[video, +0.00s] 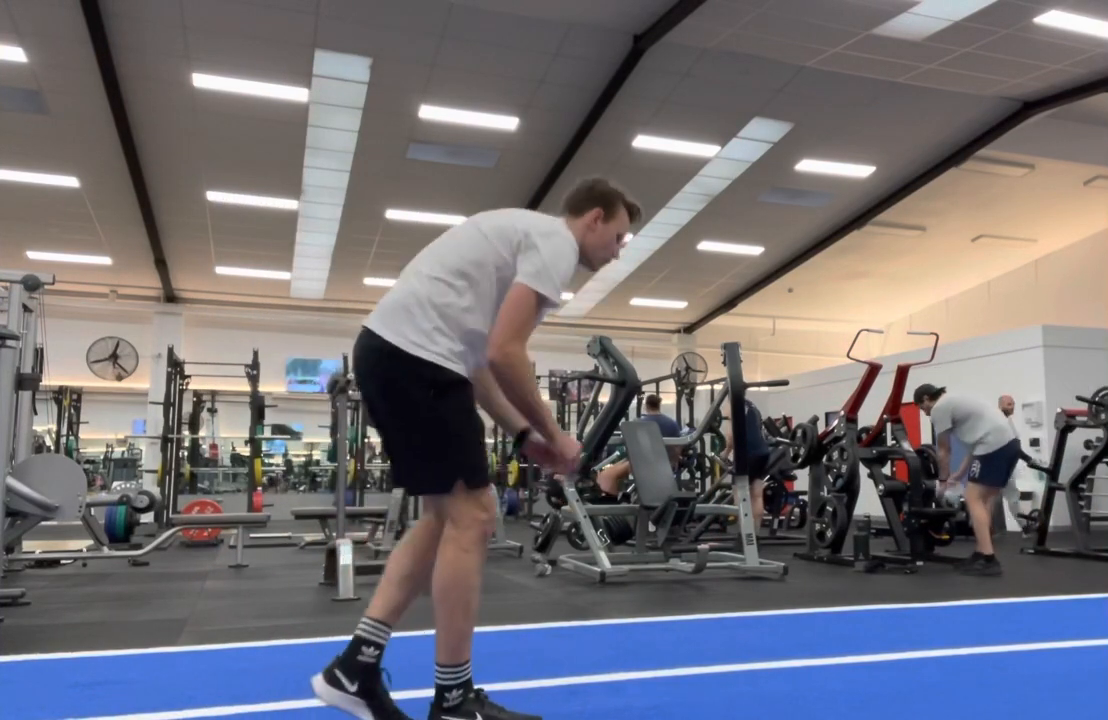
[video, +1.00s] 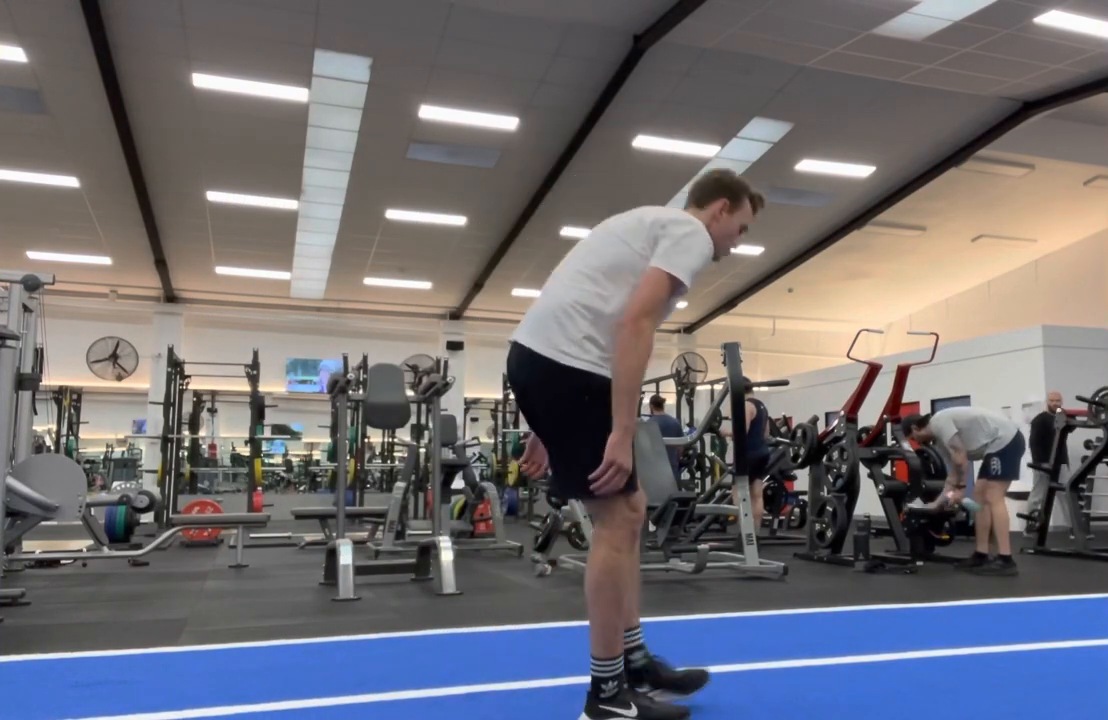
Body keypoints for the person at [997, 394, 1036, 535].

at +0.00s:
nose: (1011, 407)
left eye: (1012, 404)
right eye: (1008, 404)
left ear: (1013, 405)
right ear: (1001, 406)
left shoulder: (1008, 421)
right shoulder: (1002, 422)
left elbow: (1015, 444)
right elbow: (1012, 446)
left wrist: (1028, 458)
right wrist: (1029, 459)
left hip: (1004, 465)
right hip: (1001, 466)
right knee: (1012, 494)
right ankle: (1023, 525)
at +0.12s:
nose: (1018, 407)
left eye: (1018, 404)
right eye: (1015, 404)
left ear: (1018, 406)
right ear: (1006, 405)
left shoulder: (1011, 421)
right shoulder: (1005, 423)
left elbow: (1017, 447)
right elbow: (1016, 450)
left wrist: (1029, 462)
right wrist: (1030, 463)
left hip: (1007, 461)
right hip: (1010, 462)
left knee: (1004, 492)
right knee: (1020, 493)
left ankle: (984, 517)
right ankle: (1026, 527)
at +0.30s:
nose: (1027, 405)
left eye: (1029, 402)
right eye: (1024, 402)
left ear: (1030, 404)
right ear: (1017, 403)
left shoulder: (1022, 420)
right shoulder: (1016, 420)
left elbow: (1024, 443)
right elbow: (1015, 445)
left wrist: (1030, 461)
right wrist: (1020, 465)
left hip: (1028, 463)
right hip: (1024, 465)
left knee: (1026, 495)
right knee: (1029, 496)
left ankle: (1003, 513)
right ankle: (1028, 527)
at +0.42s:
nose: (1032, 405)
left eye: (1033, 402)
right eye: (1029, 402)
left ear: (1035, 404)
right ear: (1021, 403)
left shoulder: (1025, 420)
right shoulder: (1020, 420)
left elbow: (1029, 443)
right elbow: (1024, 444)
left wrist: (1035, 461)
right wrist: (1032, 462)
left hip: (1029, 462)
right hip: (1026, 463)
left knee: (1035, 489)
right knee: (1039, 486)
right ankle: (1021, 515)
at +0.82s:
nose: (1047, 404)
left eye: (1049, 402)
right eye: (1044, 401)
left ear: (1051, 404)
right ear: (1037, 402)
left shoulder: (1042, 419)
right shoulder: (1035, 419)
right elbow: (1033, 442)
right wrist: (1039, 460)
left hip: (1039, 463)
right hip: (1037, 463)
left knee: (1036, 495)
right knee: (1035, 495)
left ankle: (1032, 526)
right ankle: (1029, 527)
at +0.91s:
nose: (1051, 405)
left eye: (1053, 402)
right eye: (1048, 402)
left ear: (1056, 403)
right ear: (1042, 403)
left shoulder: (1050, 421)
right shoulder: (1040, 421)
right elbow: (1036, 444)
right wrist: (1041, 462)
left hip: (1044, 465)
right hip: (1040, 465)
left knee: (1039, 497)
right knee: (1035, 497)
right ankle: (1030, 527)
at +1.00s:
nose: (1055, 403)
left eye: (1057, 401)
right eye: (1052, 401)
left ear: (1061, 402)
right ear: (1047, 402)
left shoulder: (1063, 420)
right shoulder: (1039, 420)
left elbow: (1070, 428)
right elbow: (1034, 442)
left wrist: (1068, 417)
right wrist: (1039, 462)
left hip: (1060, 464)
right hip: (1043, 464)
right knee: (1037, 495)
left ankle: (1074, 527)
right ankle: (1030, 527)